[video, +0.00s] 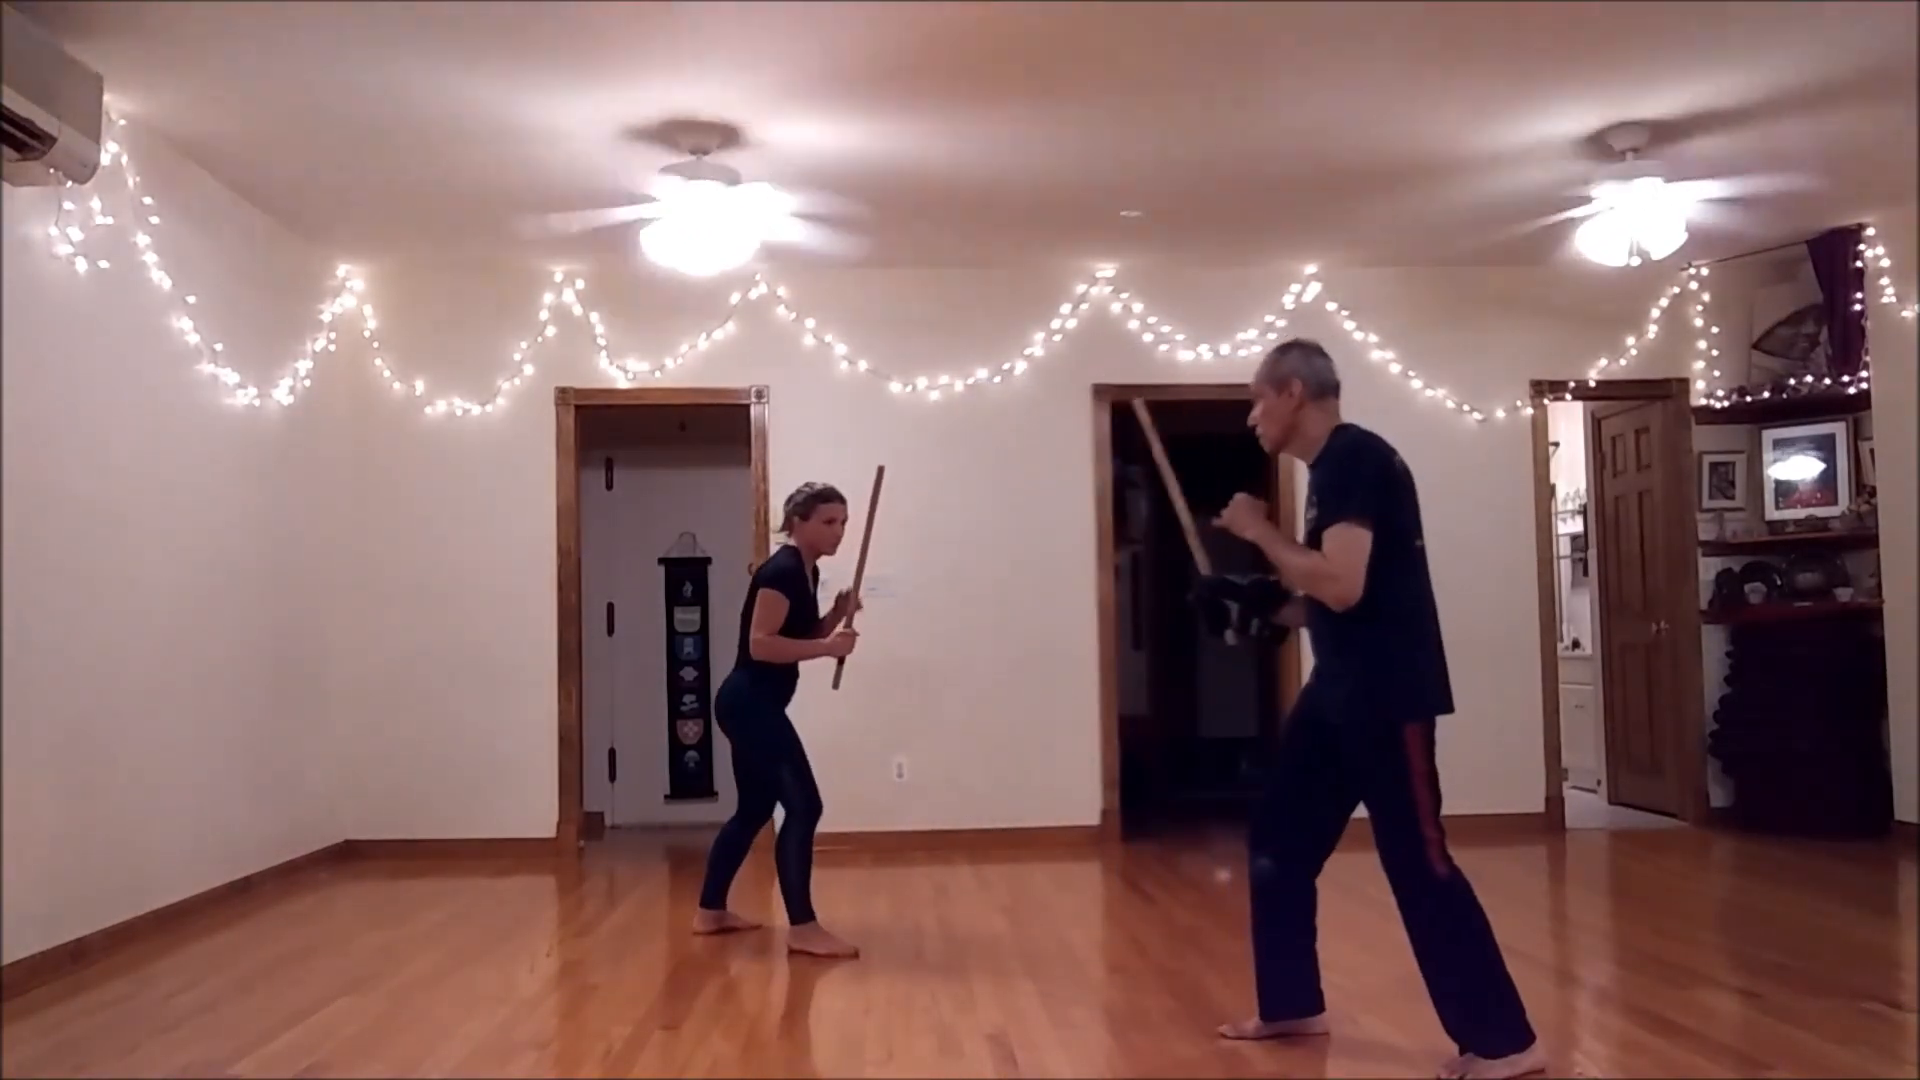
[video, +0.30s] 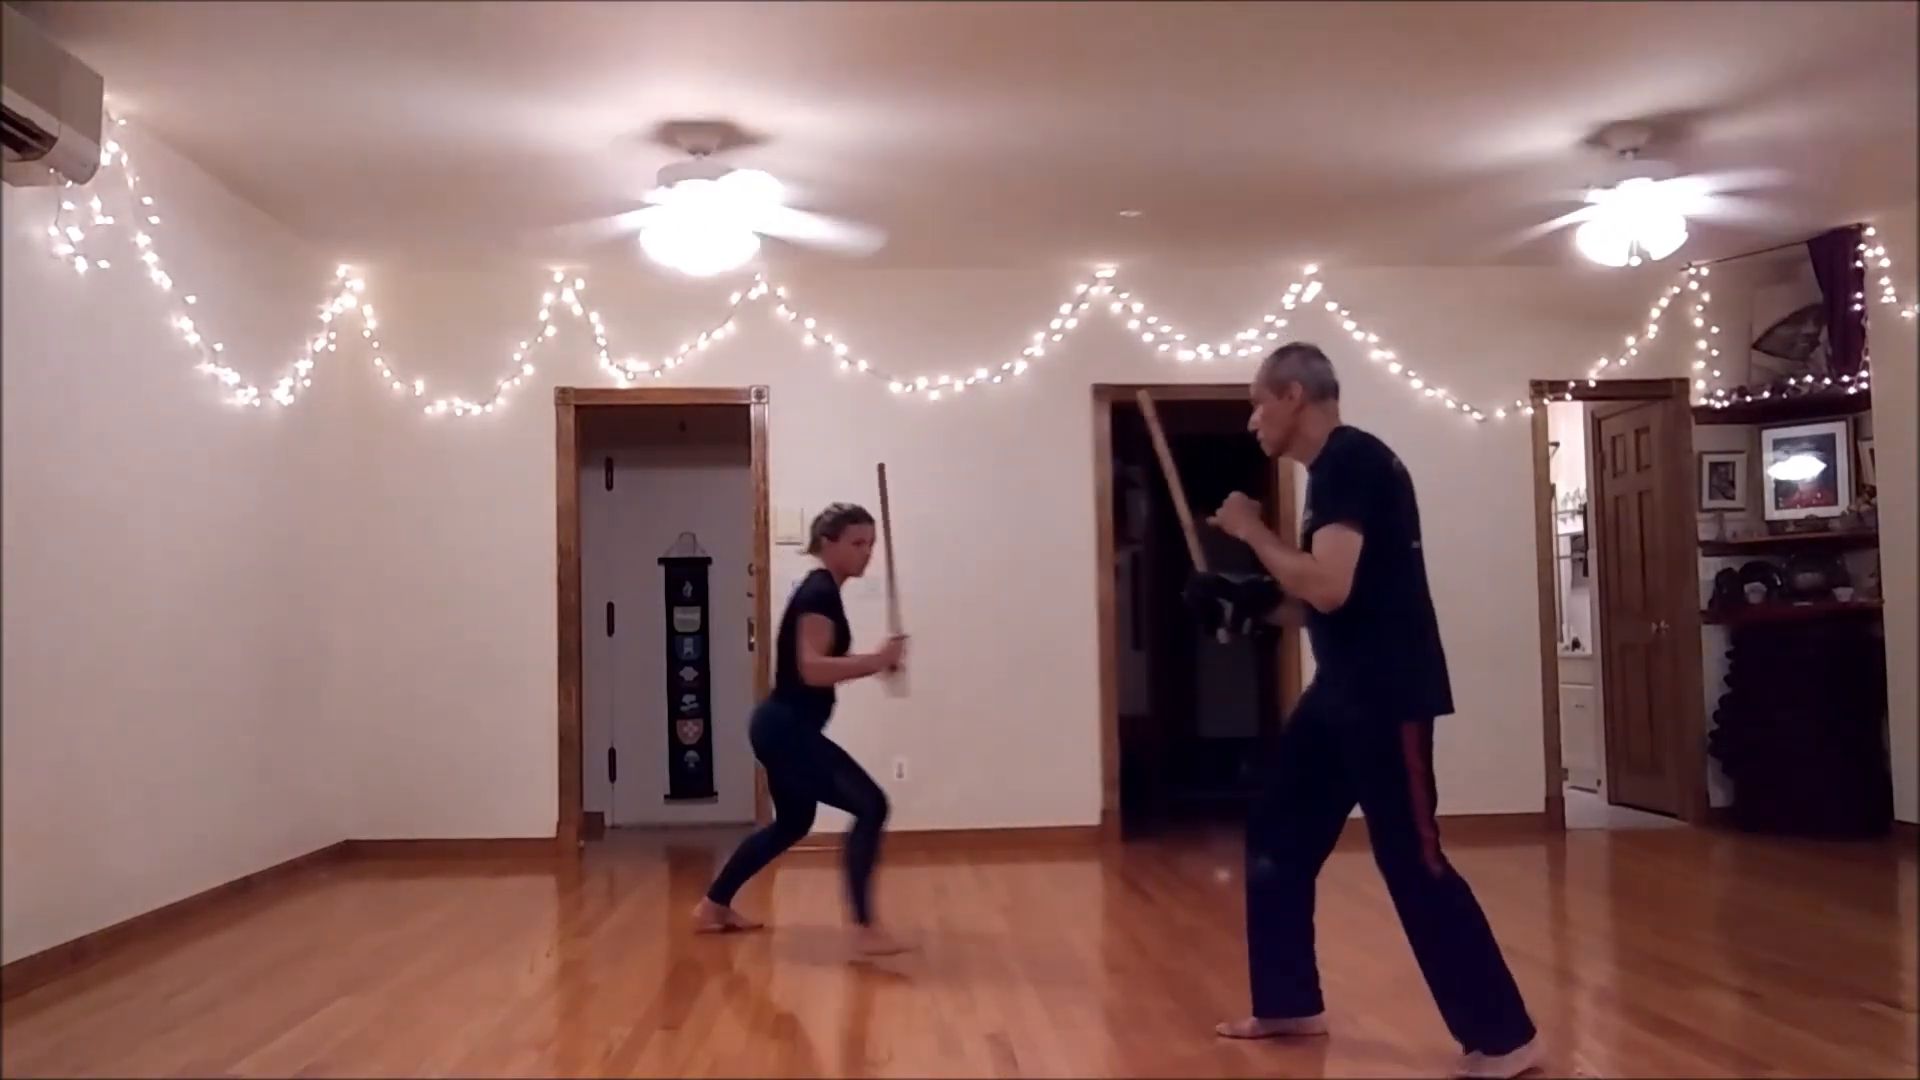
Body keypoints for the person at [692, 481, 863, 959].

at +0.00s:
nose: (840, 532)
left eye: (842, 523)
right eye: (831, 522)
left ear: (826, 528)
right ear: (800, 524)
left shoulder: (803, 573)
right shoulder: (780, 572)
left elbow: (803, 640)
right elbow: (760, 645)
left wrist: (835, 615)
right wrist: (825, 647)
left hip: (752, 703)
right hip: (752, 706)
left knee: (754, 808)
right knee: (804, 805)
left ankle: (710, 910)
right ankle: (803, 927)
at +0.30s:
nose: (868, 554)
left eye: (870, 545)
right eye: (861, 544)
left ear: (837, 547)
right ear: (831, 544)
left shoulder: (824, 591)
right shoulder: (818, 593)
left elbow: (821, 665)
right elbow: (811, 669)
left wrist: (875, 664)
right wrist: (875, 660)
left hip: (782, 728)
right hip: (788, 731)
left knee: (794, 821)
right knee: (872, 805)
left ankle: (715, 904)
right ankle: (864, 928)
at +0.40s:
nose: (898, 553)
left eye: (899, 543)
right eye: (889, 544)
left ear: (866, 549)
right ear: (858, 547)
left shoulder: (858, 593)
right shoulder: (852, 596)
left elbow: (895, 652)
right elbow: (874, 676)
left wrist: (929, 622)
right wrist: (942, 659)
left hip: (810, 731)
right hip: (817, 737)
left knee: (785, 824)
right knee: (904, 812)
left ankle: (714, 904)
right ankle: (952, 929)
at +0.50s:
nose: (949, 546)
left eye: (950, 537)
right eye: (941, 537)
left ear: (910, 543)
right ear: (910, 542)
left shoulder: (892, 586)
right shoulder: (908, 598)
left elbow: (929, 637)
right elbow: (981, 664)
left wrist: (958, 637)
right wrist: (1054, 670)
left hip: (843, 729)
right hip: (856, 739)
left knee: (836, 820)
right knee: (943, 817)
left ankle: (755, 883)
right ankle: (968, 945)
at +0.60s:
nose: (997, 539)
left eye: (997, 530)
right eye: (987, 531)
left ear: (953, 537)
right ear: (955, 535)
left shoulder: (926, 575)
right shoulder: (957, 590)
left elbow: (913, 642)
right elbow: (1007, 668)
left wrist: (957, 678)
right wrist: (1085, 674)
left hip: (860, 720)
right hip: (880, 730)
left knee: (926, 803)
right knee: (972, 819)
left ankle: (862, 898)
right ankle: (971, 946)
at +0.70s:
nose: (1020, 536)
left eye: (1021, 526)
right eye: (1010, 526)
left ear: (979, 530)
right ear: (975, 529)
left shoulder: (958, 573)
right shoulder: (967, 585)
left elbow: (965, 653)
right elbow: (975, 678)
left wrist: (993, 685)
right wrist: (1049, 666)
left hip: (903, 720)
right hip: (901, 727)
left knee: (997, 805)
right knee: (1002, 808)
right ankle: (973, 930)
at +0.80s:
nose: (1021, 531)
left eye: (1022, 521)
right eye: (1012, 521)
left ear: (976, 524)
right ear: (979, 521)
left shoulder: (966, 574)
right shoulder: (966, 580)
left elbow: (982, 656)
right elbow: (1005, 669)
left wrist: (996, 676)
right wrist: (1062, 613)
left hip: (948, 732)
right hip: (940, 736)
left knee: (1034, 821)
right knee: (1028, 823)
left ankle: (1002, 941)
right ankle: (991, 958)